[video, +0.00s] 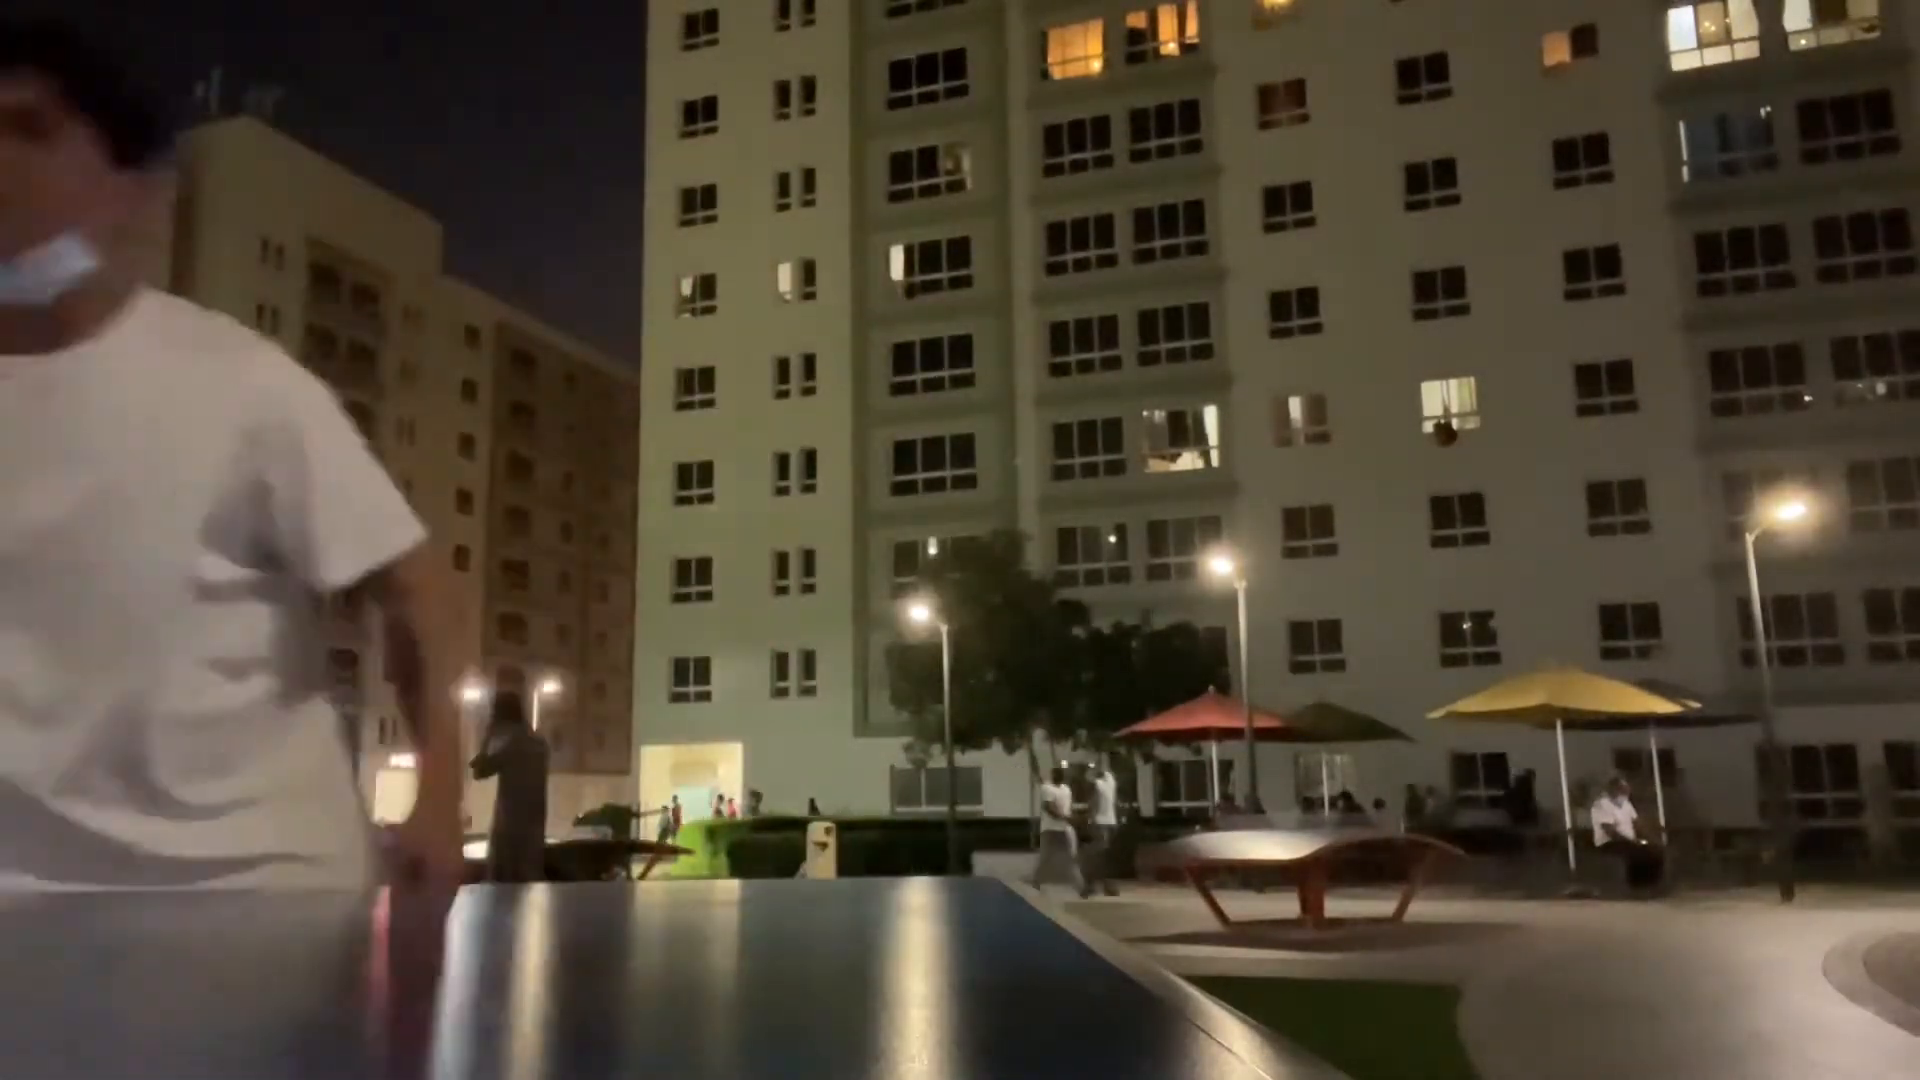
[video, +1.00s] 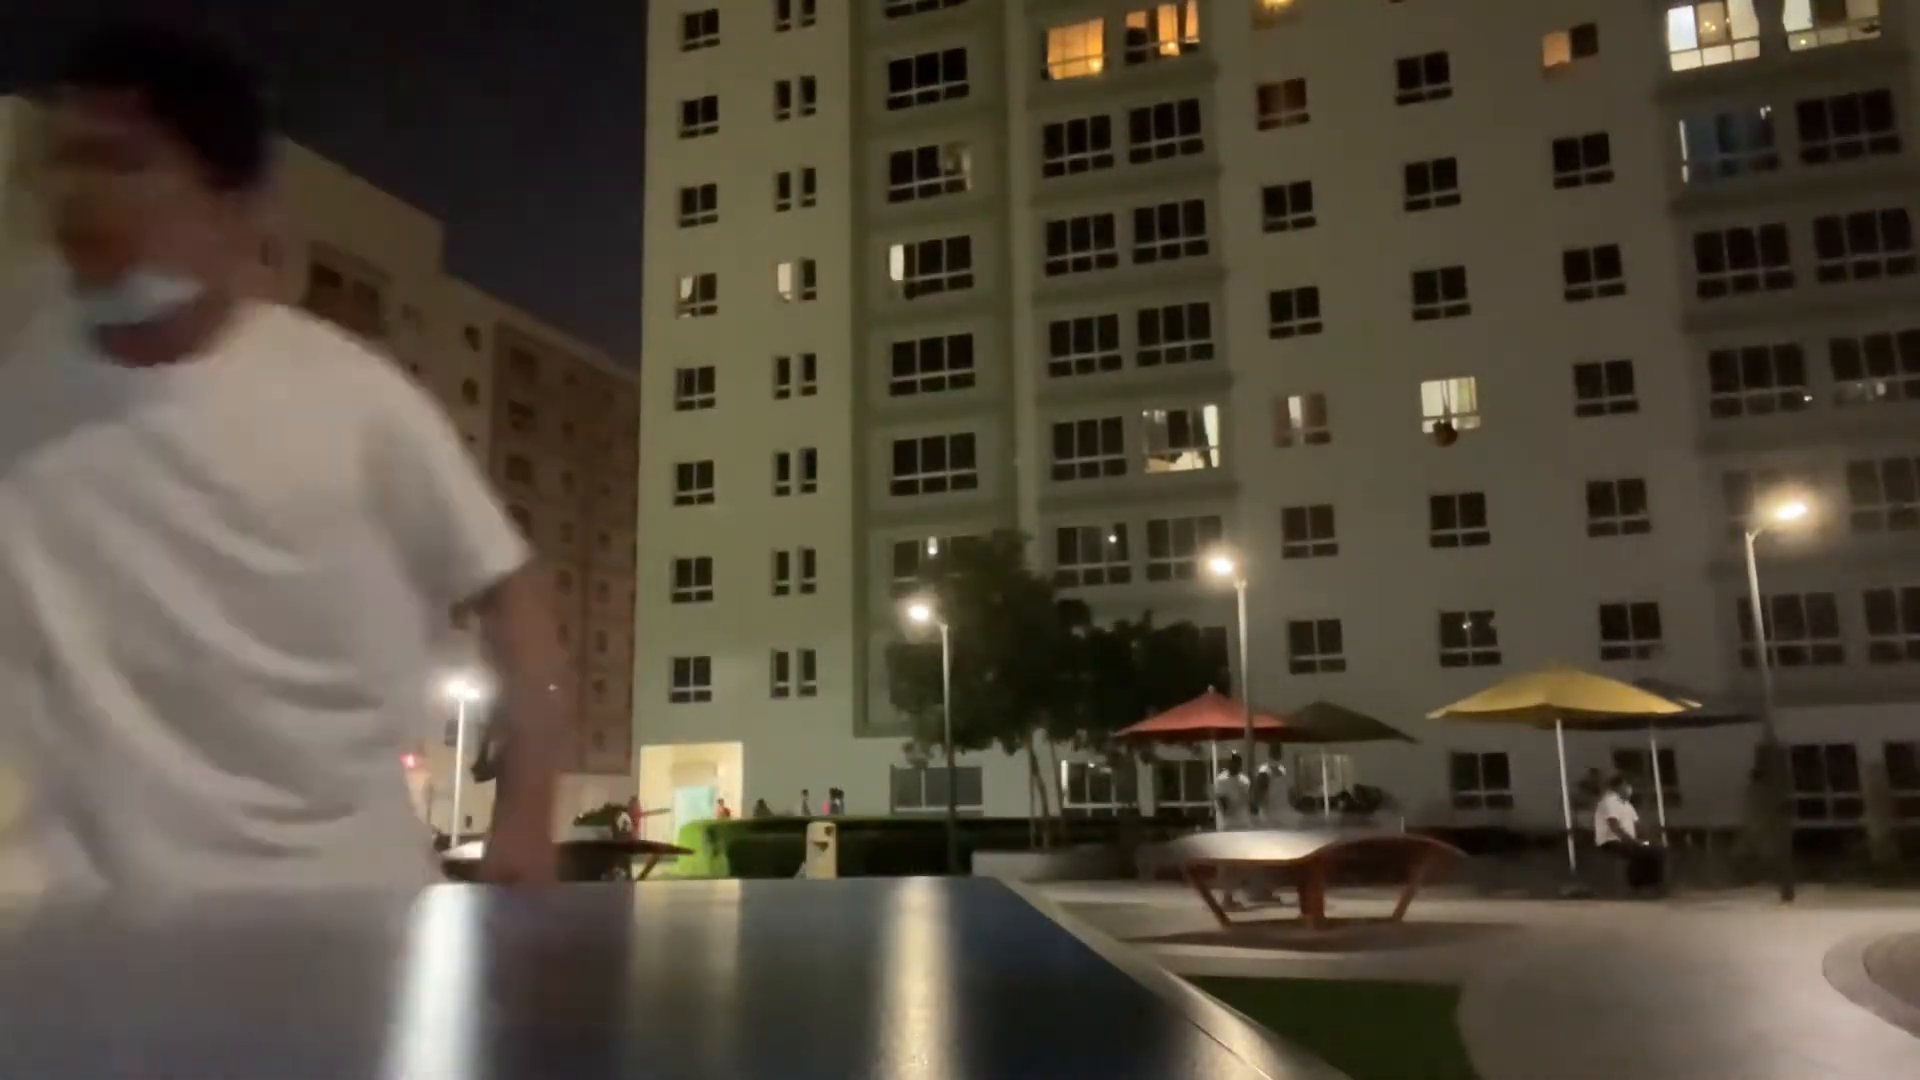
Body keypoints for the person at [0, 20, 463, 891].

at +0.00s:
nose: (4, 166)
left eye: (32, 129)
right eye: (5, 130)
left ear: (132, 180)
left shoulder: (240, 385)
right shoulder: (12, 376)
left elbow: (418, 588)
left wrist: (438, 804)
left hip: (259, 905)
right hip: (34, 907)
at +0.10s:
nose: (162, 158)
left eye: (206, 133)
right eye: (140, 129)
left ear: (283, 173)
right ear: (111, 155)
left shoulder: (392, 400)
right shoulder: (23, 388)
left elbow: (526, 621)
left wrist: (518, 835)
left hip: (327, 913)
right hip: (64, 908)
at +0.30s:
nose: (238, 151)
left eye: (281, 127)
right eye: (215, 123)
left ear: (369, 189)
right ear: (178, 161)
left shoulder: (468, 394)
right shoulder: (87, 382)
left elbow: (587, 603)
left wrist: (581, 810)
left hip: (394, 897)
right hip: (139, 894)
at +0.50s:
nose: (2, 161)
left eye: (37, 133)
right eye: (4, 128)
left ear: (136, 186)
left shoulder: (239, 387)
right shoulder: (13, 373)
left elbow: (407, 584)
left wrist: (423, 809)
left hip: (255, 890)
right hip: (40, 895)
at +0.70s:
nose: (132, 146)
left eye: (177, 122)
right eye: (106, 116)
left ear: (261, 174)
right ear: (73, 147)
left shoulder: (352, 390)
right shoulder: (20, 367)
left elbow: (501, 619)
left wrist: (490, 823)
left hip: (298, 922)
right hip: (46, 911)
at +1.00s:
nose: (74, 198)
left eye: (116, 162)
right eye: (60, 163)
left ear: (232, 196)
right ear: (39, 181)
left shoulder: (354, 399)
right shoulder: (22, 402)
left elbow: (515, 601)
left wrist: (523, 839)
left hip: (344, 928)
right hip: (97, 935)